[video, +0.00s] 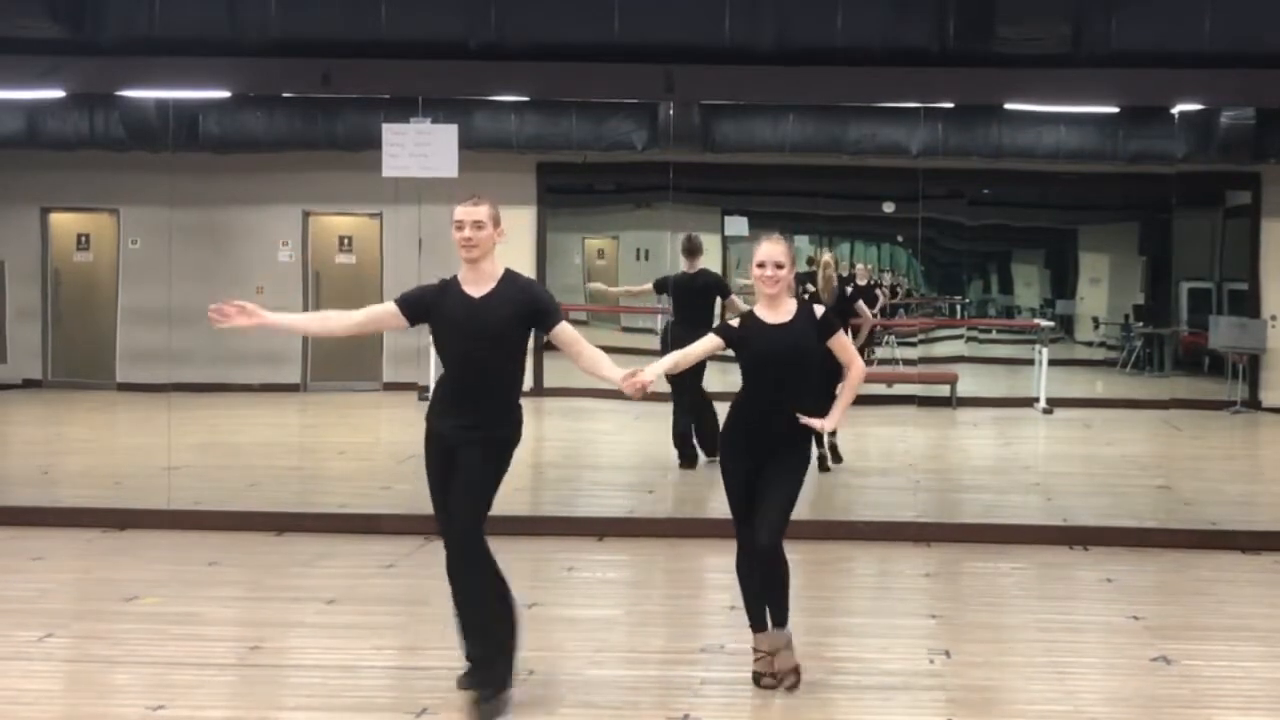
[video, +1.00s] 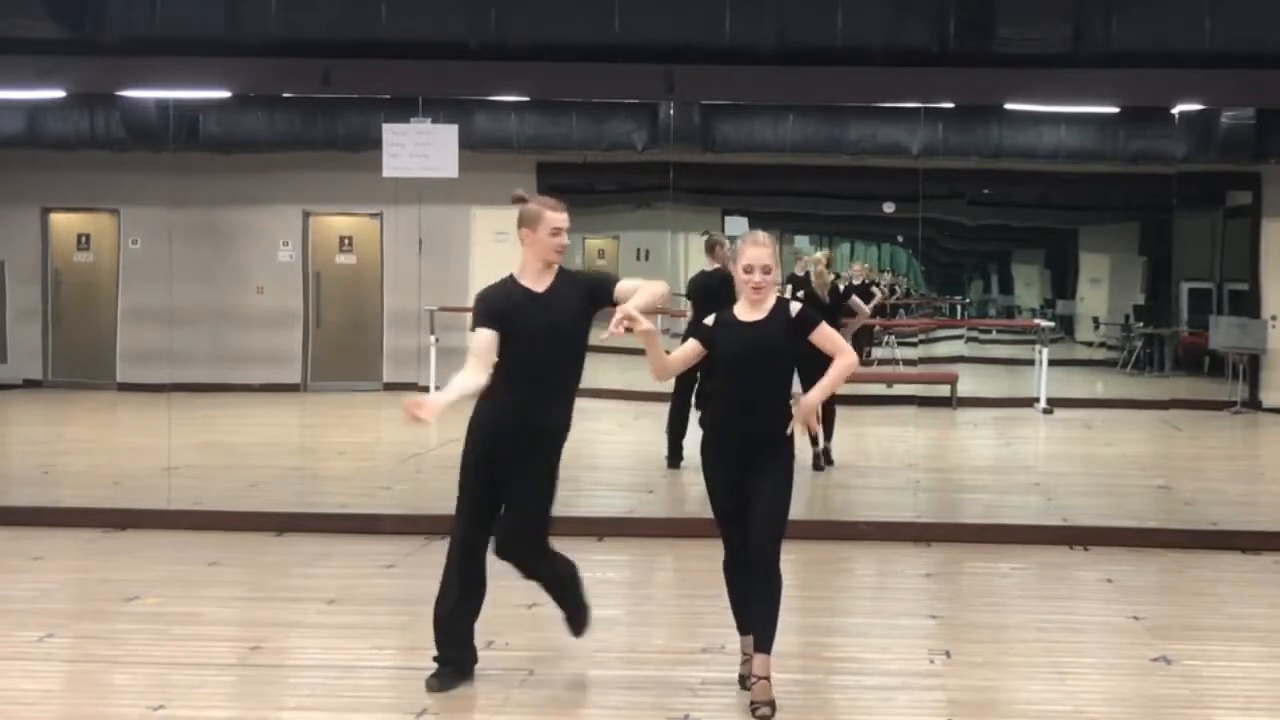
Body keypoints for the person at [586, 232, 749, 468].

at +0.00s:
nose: (692, 256)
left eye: (686, 253)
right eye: (696, 251)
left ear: (682, 254)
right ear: (702, 253)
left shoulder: (673, 281)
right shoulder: (714, 280)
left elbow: (636, 291)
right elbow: (739, 308)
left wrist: (607, 291)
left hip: (675, 345)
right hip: (701, 345)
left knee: (680, 398)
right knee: (696, 392)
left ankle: (687, 456)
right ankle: (711, 445)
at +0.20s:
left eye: (690, 253)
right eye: (701, 253)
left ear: (684, 254)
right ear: (704, 255)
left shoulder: (673, 276)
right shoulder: (711, 286)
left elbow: (634, 274)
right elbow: (727, 314)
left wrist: (597, 273)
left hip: (682, 350)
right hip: (707, 350)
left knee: (685, 398)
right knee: (703, 398)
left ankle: (685, 445)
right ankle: (696, 448)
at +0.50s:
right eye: (705, 254)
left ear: (687, 254)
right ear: (706, 256)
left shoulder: (676, 271)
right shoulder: (713, 284)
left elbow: (640, 254)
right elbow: (733, 313)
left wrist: (616, 243)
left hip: (681, 351)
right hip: (707, 352)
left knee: (682, 398)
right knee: (703, 399)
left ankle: (677, 446)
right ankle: (696, 449)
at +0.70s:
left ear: (690, 253)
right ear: (711, 253)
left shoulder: (680, 277)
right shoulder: (721, 281)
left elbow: (646, 274)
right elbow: (742, 306)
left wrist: (644, 248)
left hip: (678, 341)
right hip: (704, 343)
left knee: (672, 396)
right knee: (696, 395)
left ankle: (673, 452)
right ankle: (695, 447)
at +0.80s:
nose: (710, 254)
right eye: (713, 251)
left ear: (695, 251)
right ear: (714, 252)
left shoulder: (682, 277)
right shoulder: (723, 280)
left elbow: (658, 290)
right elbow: (743, 303)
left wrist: (641, 271)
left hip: (678, 343)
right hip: (706, 344)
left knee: (675, 397)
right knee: (700, 396)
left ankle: (673, 453)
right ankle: (692, 451)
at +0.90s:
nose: (722, 253)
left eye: (721, 249)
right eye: (721, 249)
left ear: (701, 251)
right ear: (715, 251)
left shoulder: (687, 279)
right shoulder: (724, 279)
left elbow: (680, 307)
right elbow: (752, 287)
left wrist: (661, 299)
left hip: (685, 339)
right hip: (711, 341)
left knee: (679, 397)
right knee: (701, 393)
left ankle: (673, 454)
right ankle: (698, 445)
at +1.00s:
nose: (728, 253)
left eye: (727, 249)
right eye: (726, 249)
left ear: (707, 252)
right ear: (720, 252)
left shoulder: (695, 280)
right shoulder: (729, 279)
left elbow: (694, 310)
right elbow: (736, 309)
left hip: (693, 339)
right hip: (720, 343)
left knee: (681, 397)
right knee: (715, 399)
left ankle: (674, 453)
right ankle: (717, 455)